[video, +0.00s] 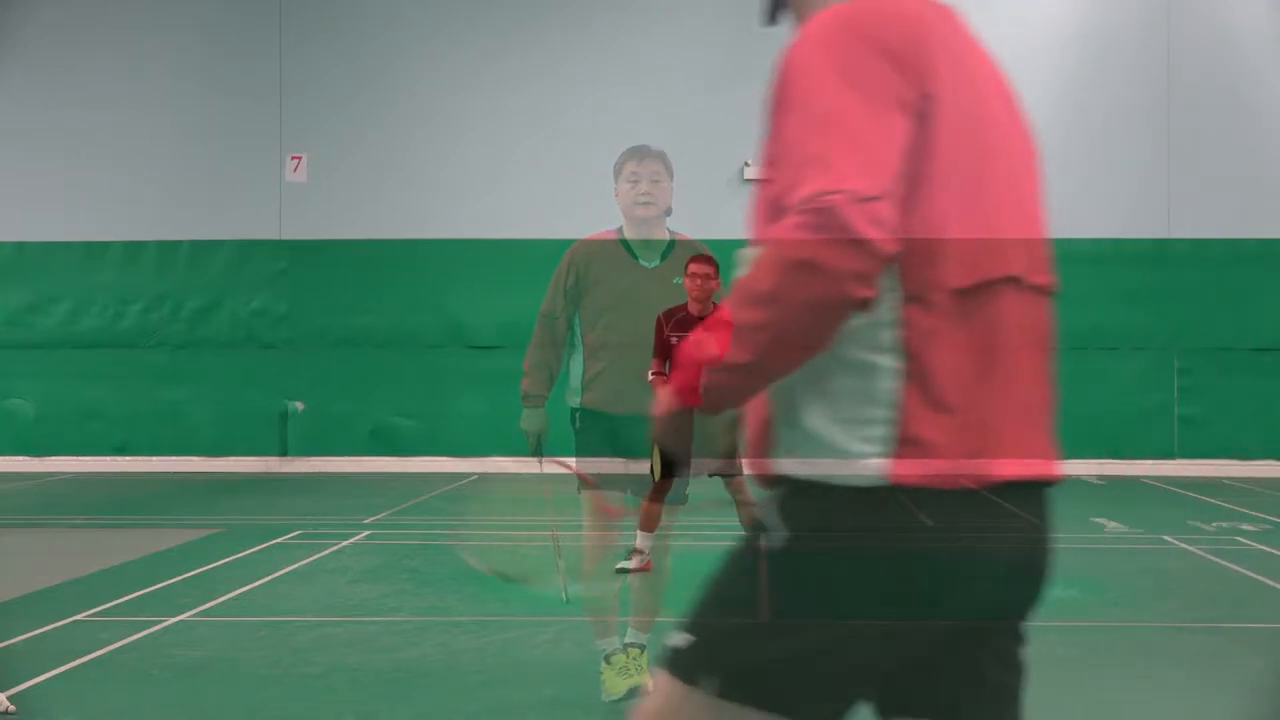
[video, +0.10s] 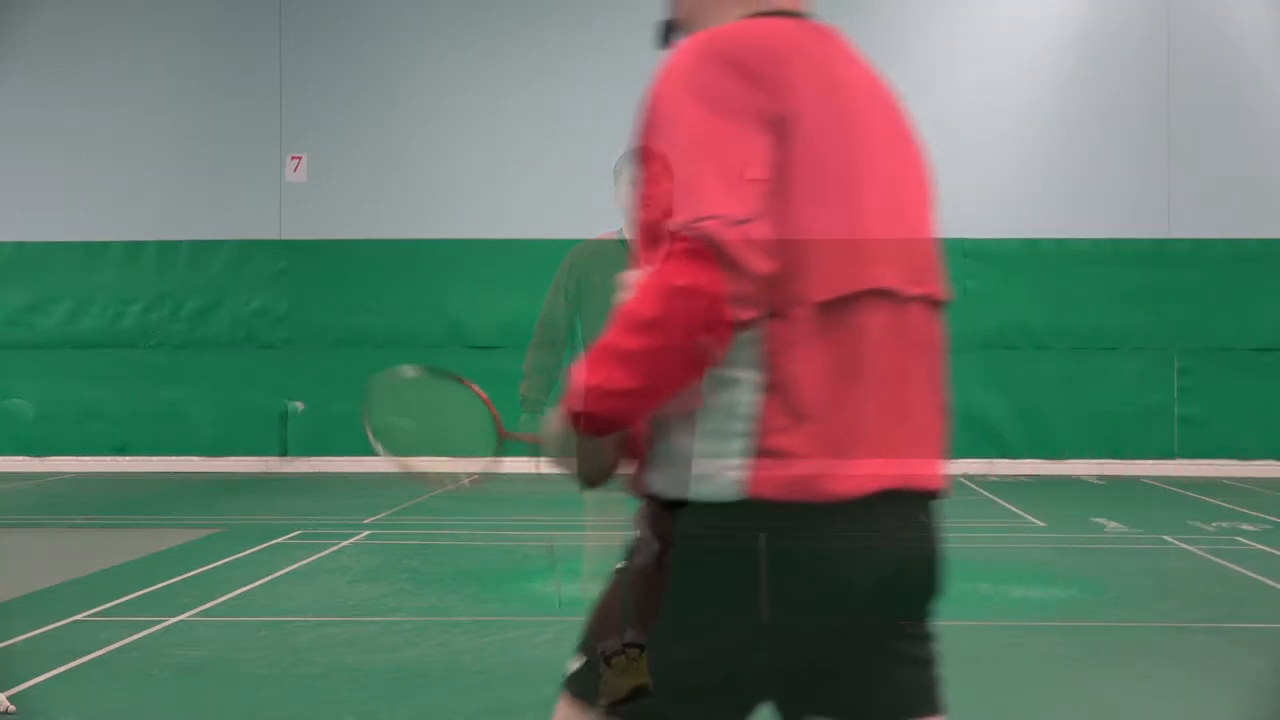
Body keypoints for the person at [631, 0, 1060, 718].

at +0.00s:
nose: (785, 17)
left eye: (787, 12)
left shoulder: (850, 30)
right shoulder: (959, 52)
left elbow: (833, 250)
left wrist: (692, 385)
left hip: (870, 517)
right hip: (986, 520)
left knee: (677, 706)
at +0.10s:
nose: (673, 28)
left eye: (676, 19)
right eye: (674, 23)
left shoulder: (715, 58)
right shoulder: (858, 80)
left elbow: (716, 265)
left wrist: (592, 406)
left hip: (753, 531)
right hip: (884, 529)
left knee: (601, 698)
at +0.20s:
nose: (559, 39)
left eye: (561, 24)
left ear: (576, 8)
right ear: (684, 11)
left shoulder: (584, 91)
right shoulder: (761, 115)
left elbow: (573, 291)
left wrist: (453, 420)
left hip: (606, 544)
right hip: (754, 547)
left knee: (497, 705)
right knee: (762, 707)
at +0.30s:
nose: (453, 37)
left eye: (452, 24)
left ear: (461, 12)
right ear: (581, 15)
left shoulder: (460, 112)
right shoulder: (661, 129)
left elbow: (411, 318)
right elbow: (719, 323)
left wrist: (308, 427)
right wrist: (636, 429)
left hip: (482, 535)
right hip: (639, 535)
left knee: (368, 705)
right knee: (612, 706)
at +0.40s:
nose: (373, 28)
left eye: (370, 19)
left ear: (378, 9)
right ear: (491, 10)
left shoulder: (356, 96)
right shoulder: (581, 118)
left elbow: (279, 291)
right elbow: (649, 311)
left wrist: (190, 395)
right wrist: (608, 446)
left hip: (392, 496)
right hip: (549, 496)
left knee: (315, 701)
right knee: (475, 705)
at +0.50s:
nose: (304, 18)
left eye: (303, 11)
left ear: (311, 6)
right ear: (422, 10)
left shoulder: (271, 86)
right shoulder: (512, 115)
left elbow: (164, 270)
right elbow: (592, 292)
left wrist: (109, 363)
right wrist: (577, 448)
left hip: (318, 490)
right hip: (472, 496)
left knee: (307, 709)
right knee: (405, 708)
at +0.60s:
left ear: (245, 13)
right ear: (364, 15)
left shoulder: (197, 104)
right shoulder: (447, 135)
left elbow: (42, 286)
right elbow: (527, 307)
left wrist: (60, 365)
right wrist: (526, 460)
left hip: (251, 490)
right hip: (401, 500)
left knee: (279, 707)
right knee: (333, 703)